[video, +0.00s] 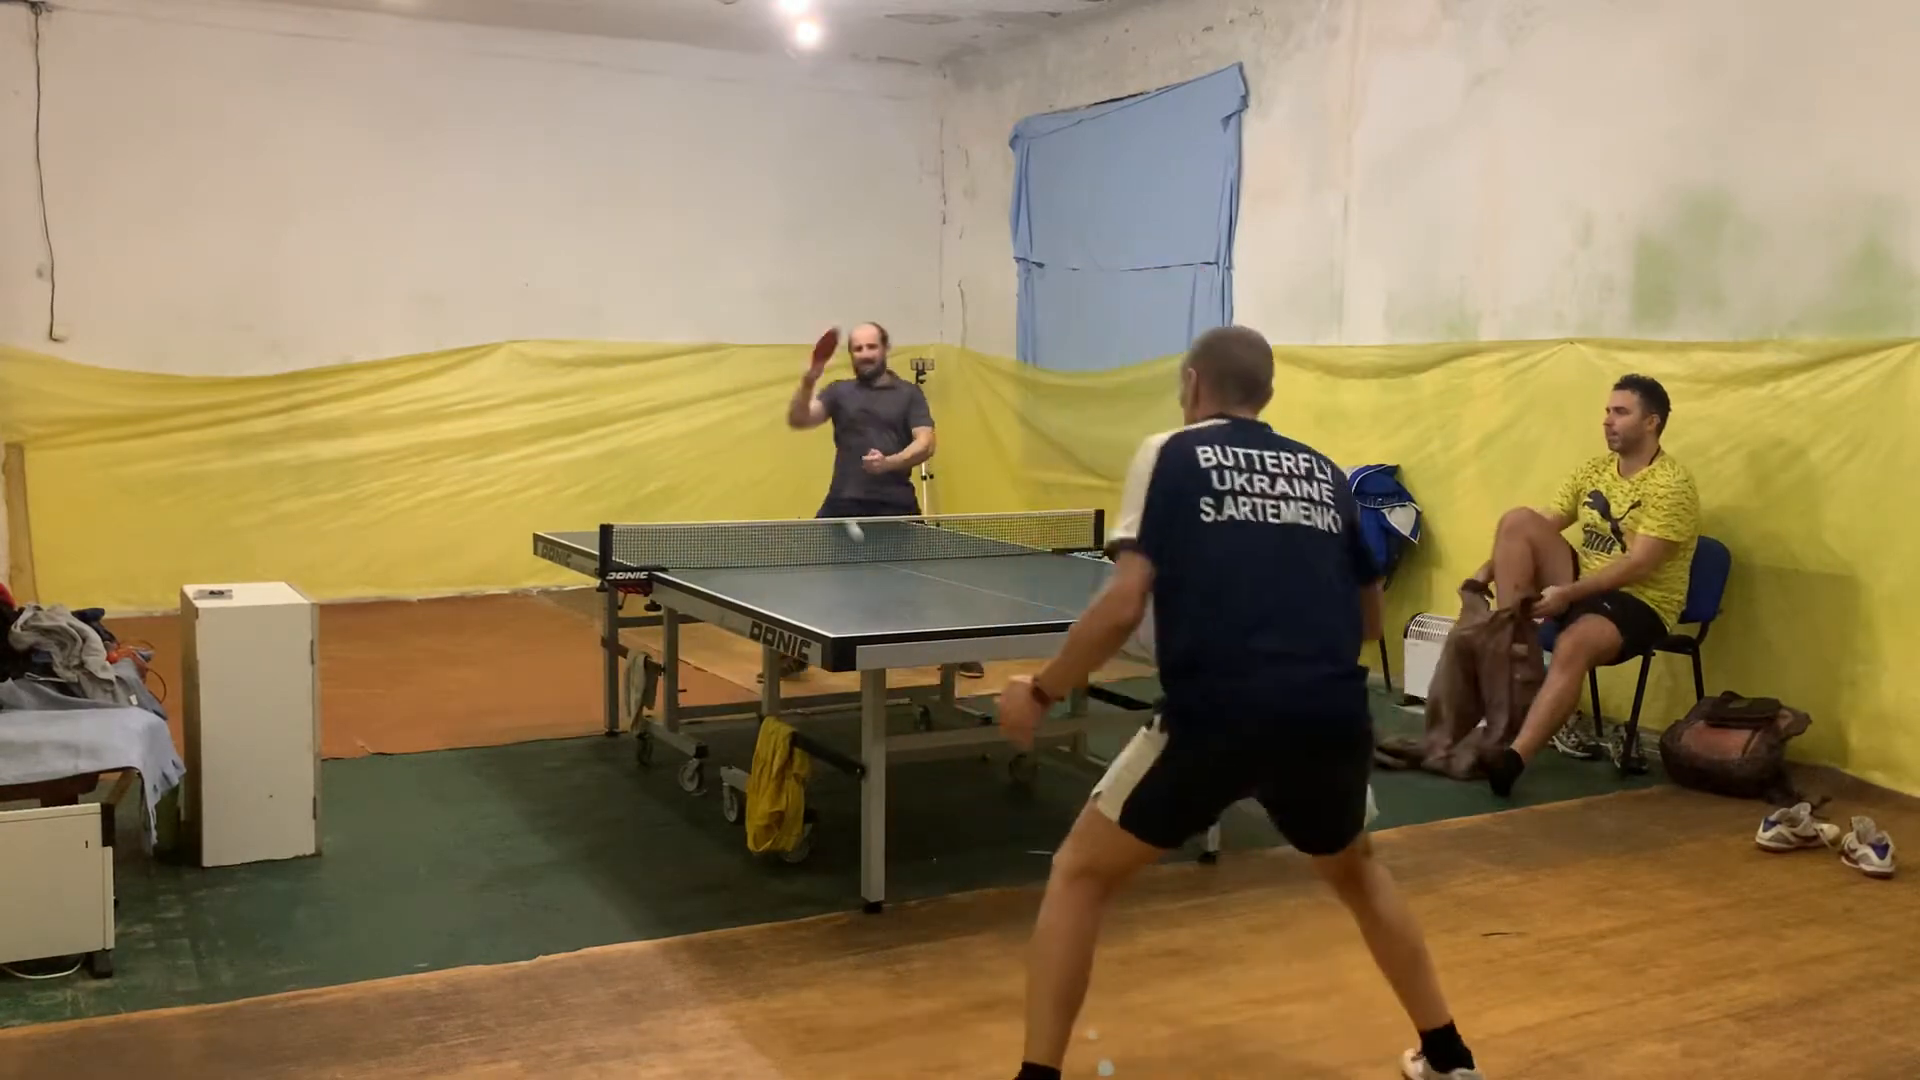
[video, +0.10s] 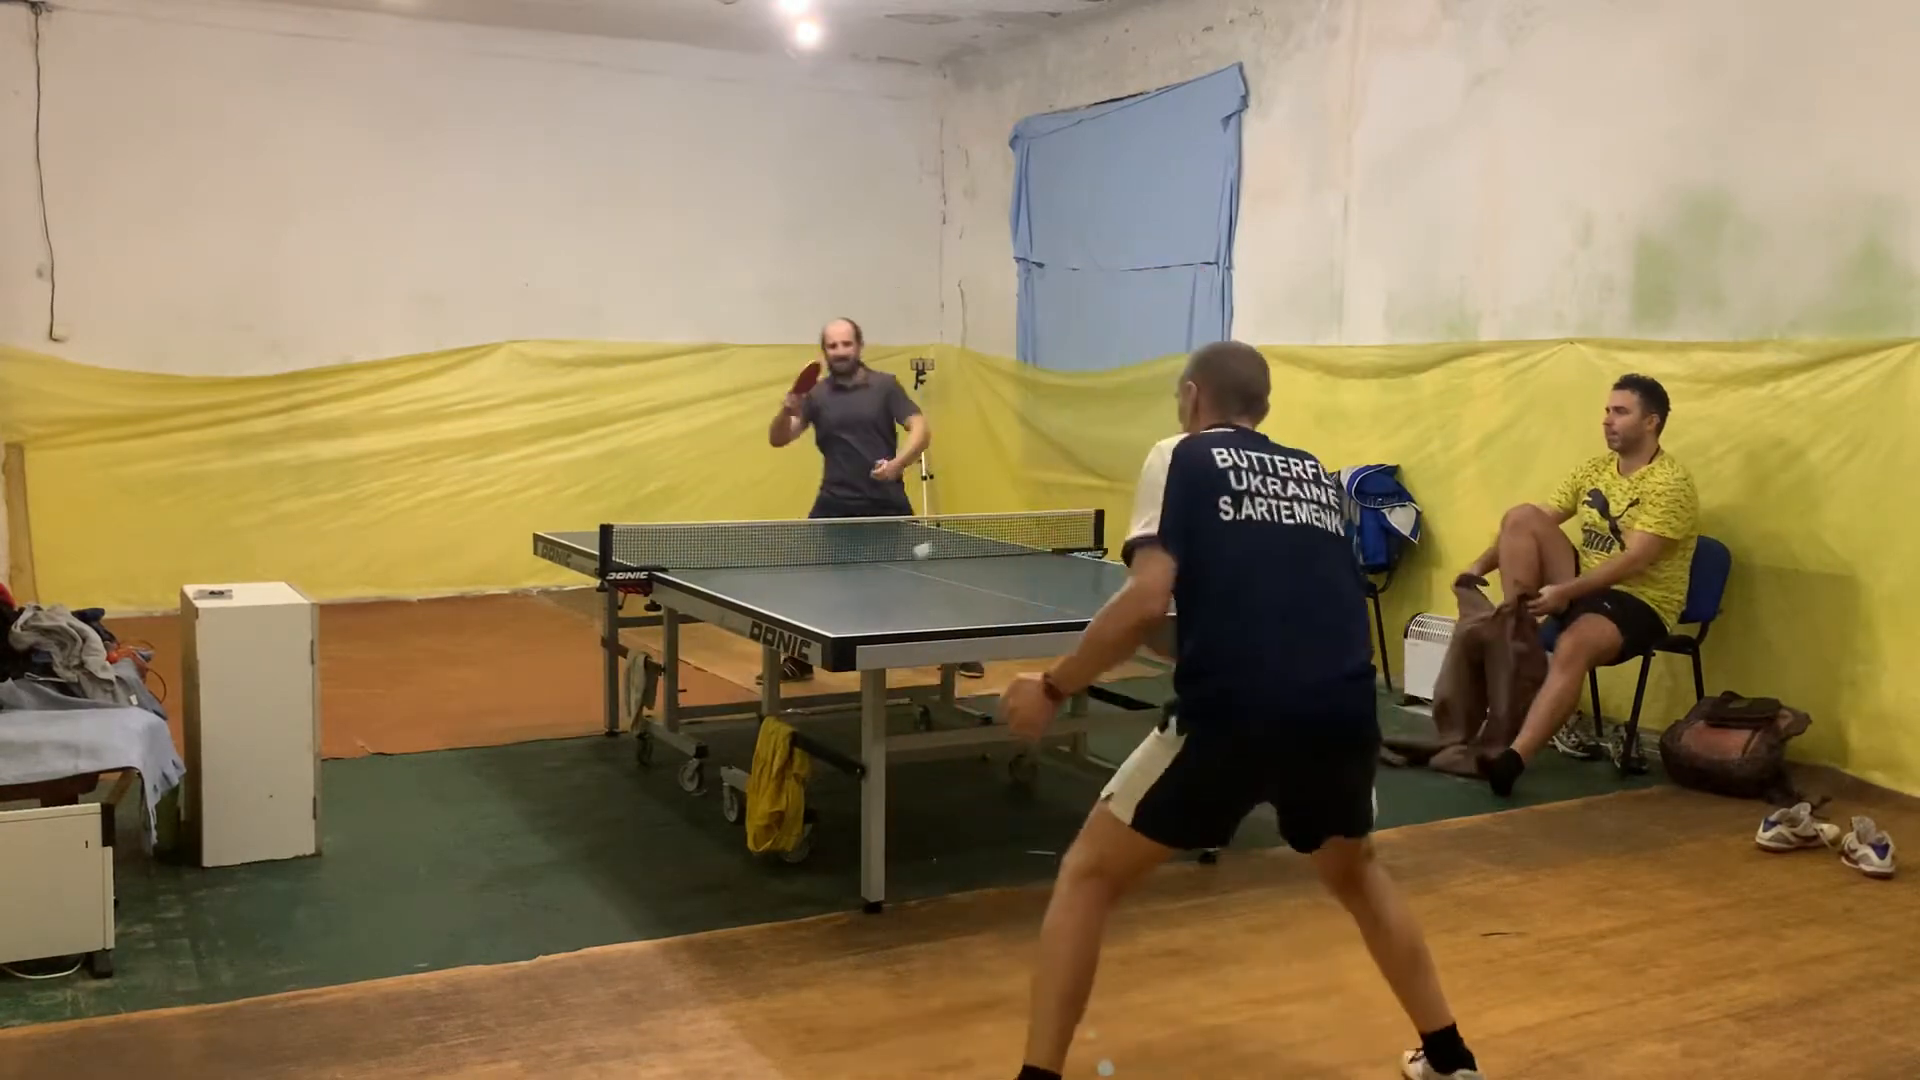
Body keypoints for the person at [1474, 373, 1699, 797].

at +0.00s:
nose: (1608, 421)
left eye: (1620, 413)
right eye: (1607, 412)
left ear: (1653, 422)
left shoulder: (1672, 485)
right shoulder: (1596, 471)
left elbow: (1641, 563)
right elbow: (1544, 524)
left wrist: (1569, 592)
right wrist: (1491, 568)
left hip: (1643, 601)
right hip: (1588, 584)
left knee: (1573, 645)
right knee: (1517, 524)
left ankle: (1515, 759)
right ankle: (1512, 655)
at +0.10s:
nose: (1608, 420)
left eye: (1620, 412)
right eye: (1607, 411)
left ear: (1653, 422)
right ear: (1606, 415)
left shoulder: (1672, 483)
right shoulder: (1596, 471)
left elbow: (1637, 558)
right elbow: (1536, 523)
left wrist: (1568, 590)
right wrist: (1479, 568)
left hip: (1643, 600)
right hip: (1588, 586)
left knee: (1574, 645)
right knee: (1522, 519)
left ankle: (1514, 760)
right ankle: (1523, 634)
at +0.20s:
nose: (1607, 420)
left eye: (1619, 412)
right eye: (1606, 411)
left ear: (1652, 422)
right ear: (1605, 415)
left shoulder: (1671, 482)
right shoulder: (1597, 471)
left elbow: (1634, 554)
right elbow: (1535, 523)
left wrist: (1568, 590)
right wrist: (1477, 567)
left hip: (1644, 601)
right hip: (1590, 587)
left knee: (1575, 645)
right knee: (1523, 519)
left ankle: (1514, 760)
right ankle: (1525, 634)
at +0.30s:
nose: (1607, 421)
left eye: (1619, 413)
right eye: (1606, 412)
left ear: (1652, 422)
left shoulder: (1673, 482)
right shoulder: (1598, 471)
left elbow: (1633, 553)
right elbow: (1539, 523)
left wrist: (1567, 593)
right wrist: (1484, 572)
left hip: (1643, 601)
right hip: (1589, 587)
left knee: (1575, 646)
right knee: (1521, 519)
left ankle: (1515, 760)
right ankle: (1523, 635)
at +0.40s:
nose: (1608, 420)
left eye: (1619, 412)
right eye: (1607, 411)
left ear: (1653, 421)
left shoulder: (1674, 483)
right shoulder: (1598, 471)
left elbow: (1638, 557)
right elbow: (1543, 526)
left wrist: (1572, 598)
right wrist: (1500, 584)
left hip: (1644, 601)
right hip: (1588, 586)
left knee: (1575, 645)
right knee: (1520, 521)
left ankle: (1514, 760)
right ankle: (1512, 626)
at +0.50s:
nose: (1608, 420)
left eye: (1619, 412)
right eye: (1608, 412)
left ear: (1652, 421)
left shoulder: (1675, 484)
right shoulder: (1598, 471)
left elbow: (1643, 563)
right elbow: (1546, 528)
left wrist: (1581, 604)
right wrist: (1506, 589)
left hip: (1645, 601)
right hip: (1589, 587)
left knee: (1572, 647)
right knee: (1519, 521)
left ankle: (1514, 759)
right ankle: (1509, 633)